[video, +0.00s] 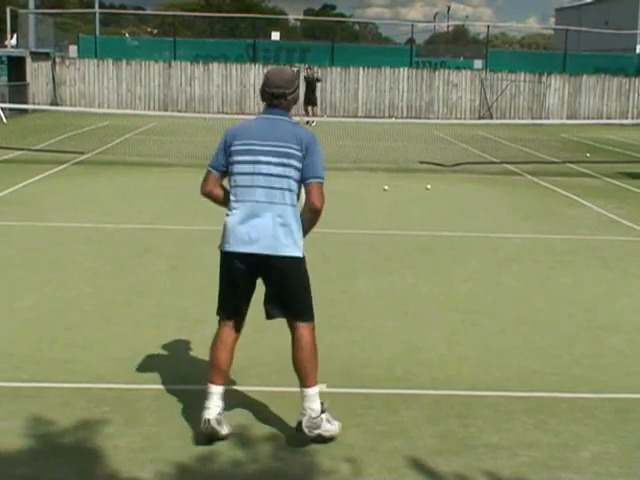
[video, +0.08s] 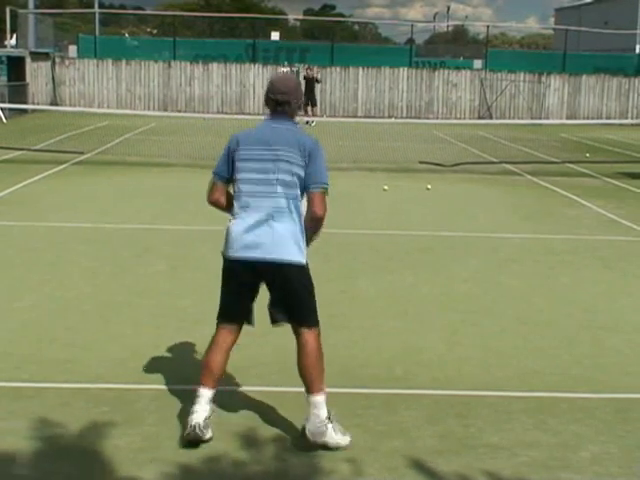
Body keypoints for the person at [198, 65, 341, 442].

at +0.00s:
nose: (290, 99)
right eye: (292, 95)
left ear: (261, 97)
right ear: (292, 99)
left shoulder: (236, 134)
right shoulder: (305, 138)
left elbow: (209, 187)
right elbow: (315, 203)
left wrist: (241, 205)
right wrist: (298, 232)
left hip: (237, 245)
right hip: (283, 247)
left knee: (229, 323)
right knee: (302, 324)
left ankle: (211, 412)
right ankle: (312, 414)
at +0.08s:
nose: (299, 108)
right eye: (301, 103)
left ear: (267, 103)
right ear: (298, 106)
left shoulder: (239, 140)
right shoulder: (308, 145)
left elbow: (216, 196)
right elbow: (317, 212)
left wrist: (249, 210)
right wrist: (300, 241)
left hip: (240, 252)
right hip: (285, 254)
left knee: (226, 330)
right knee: (307, 330)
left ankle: (198, 415)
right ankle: (318, 420)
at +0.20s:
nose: (304, 128)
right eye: (306, 123)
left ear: (274, 124)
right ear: (306, 126)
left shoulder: (248, 160)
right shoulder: (310, 169)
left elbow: (234, 217)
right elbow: (316, 235)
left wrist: (259, 242)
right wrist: (312, 268)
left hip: (242, 272)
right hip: (287, 275)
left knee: (231, 343)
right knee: (318, 342)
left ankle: (196, 425)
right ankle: (315, 433)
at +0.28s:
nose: (311, 130)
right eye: (311, 126)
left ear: (278, 126)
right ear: (309, 130)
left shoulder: (253, 160)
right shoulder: (308, 171)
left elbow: (255, 214)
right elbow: (309, 236)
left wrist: (305, 225)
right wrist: (321, 263)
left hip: (238, 267)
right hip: (279, 273)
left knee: (240, 337)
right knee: (316, 342)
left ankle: (202, 408)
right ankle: (315, 434)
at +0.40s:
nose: (308, 129)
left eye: (302, 124)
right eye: (308, 125)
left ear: (275, 126)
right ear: (305, 130)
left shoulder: (252, 158)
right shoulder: (298, 170)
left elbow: (274, 202)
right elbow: (297, 233)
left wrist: (327, 209)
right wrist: (328, 254)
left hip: (229, 265)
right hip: (268, 272)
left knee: (242, 330)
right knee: (305, 341)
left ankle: (204, 407)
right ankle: (314, 434)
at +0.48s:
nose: (304, 130)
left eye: (300, 124)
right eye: (305, 125)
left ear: (271, 124)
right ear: (301, 130)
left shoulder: (252, 155)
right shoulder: (286, 169)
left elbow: (288, 196)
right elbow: (286, 230)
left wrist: (336, 197)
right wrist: (329, 247)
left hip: (221, 265)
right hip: (257, 273)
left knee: (237, 332)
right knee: (292, 345)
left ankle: (200, 416)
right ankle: (312, 433)